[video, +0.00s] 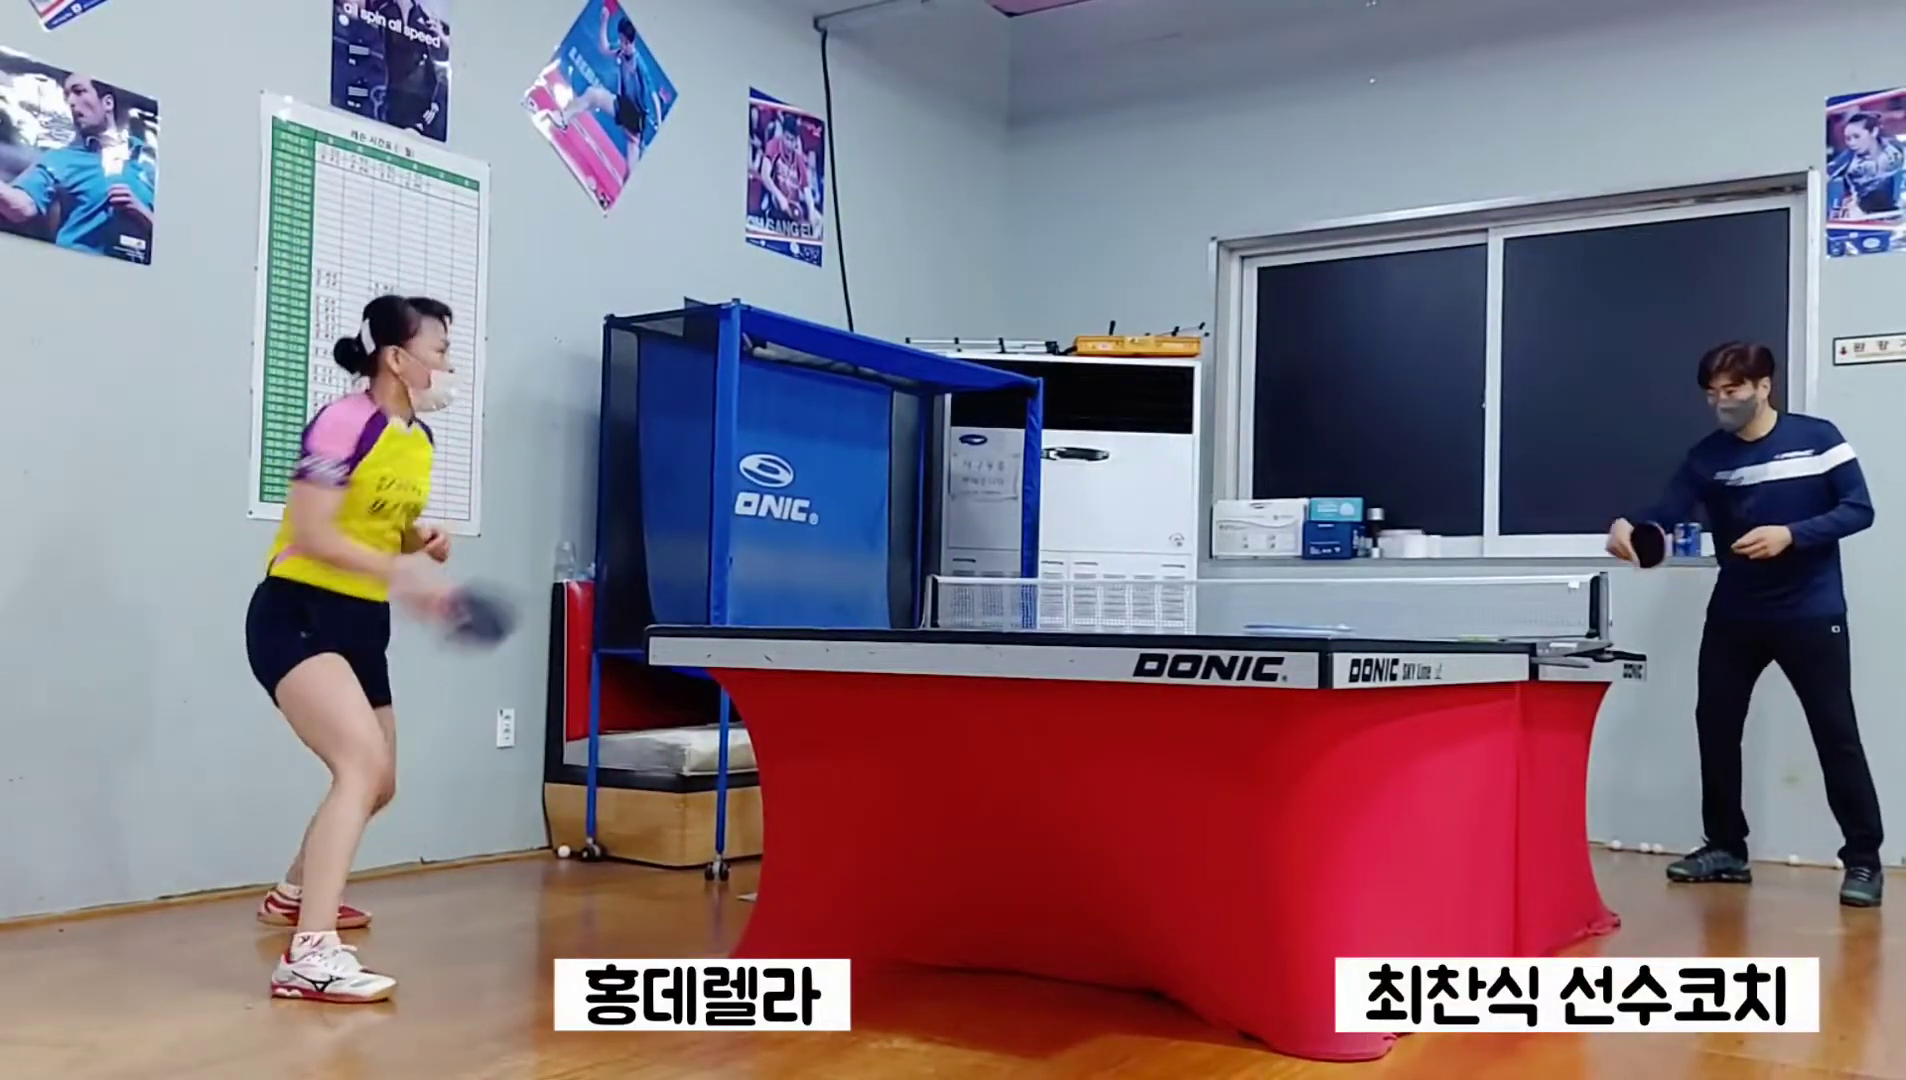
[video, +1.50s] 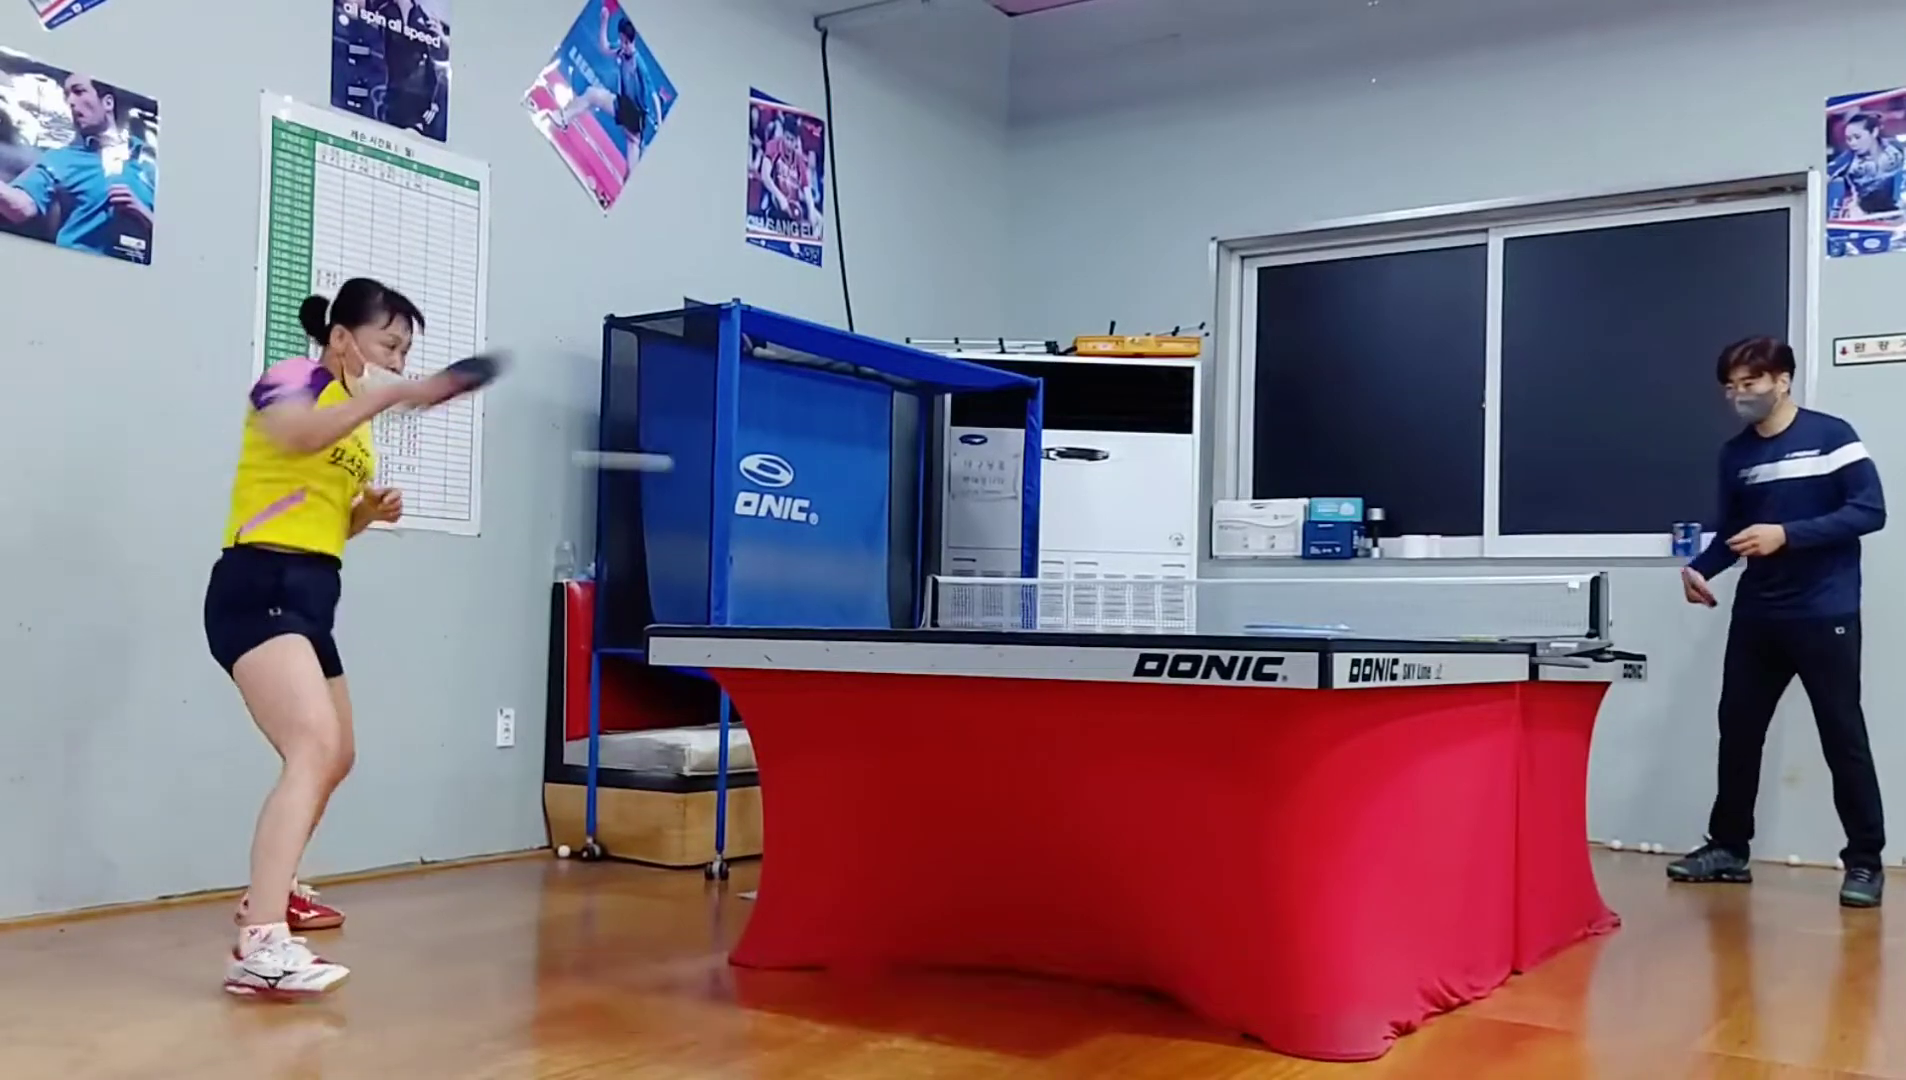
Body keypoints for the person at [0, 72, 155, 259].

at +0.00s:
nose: (70, 101)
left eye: (79, 91)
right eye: (67, 96)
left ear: (108, 103)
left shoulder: (149, 161)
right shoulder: (60, 159)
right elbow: (21, 207)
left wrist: (142, 212)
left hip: (135, 271)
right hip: (75, 263)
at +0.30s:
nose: (70, 101)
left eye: (79, 91)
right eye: (67, 96)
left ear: (108, 103)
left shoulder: (149, 162)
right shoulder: (60, 159)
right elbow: (21, 207)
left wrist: (142, 213)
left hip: (135, 270)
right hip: (75, 261)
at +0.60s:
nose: (70, 101)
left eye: (79, 91)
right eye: (67, 96)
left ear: (108, 103)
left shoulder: (149, 162)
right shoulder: (60, 159)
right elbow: (21, 207)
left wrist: (143, 213)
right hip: (75, 261)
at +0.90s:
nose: (70, 101)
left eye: (79, 91)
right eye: (67, 96)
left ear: (108, 103)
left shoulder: (150, 160)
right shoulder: (60, 159)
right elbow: (20, 207)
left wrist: (143, 212)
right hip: (74, 263)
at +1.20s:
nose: (70, 101)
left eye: (79, 91)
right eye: (67, 96)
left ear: (108, 102)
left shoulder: (150, 162)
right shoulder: (60, 159)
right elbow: (20, 207)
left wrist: (144, 213)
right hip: (75, 263)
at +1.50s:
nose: (70, 101)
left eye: (79, 91)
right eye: (67, 96)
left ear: (108, 102)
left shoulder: (150, 162)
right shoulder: (60, 159)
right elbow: (20, 208)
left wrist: (143, 213)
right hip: (74, 263)